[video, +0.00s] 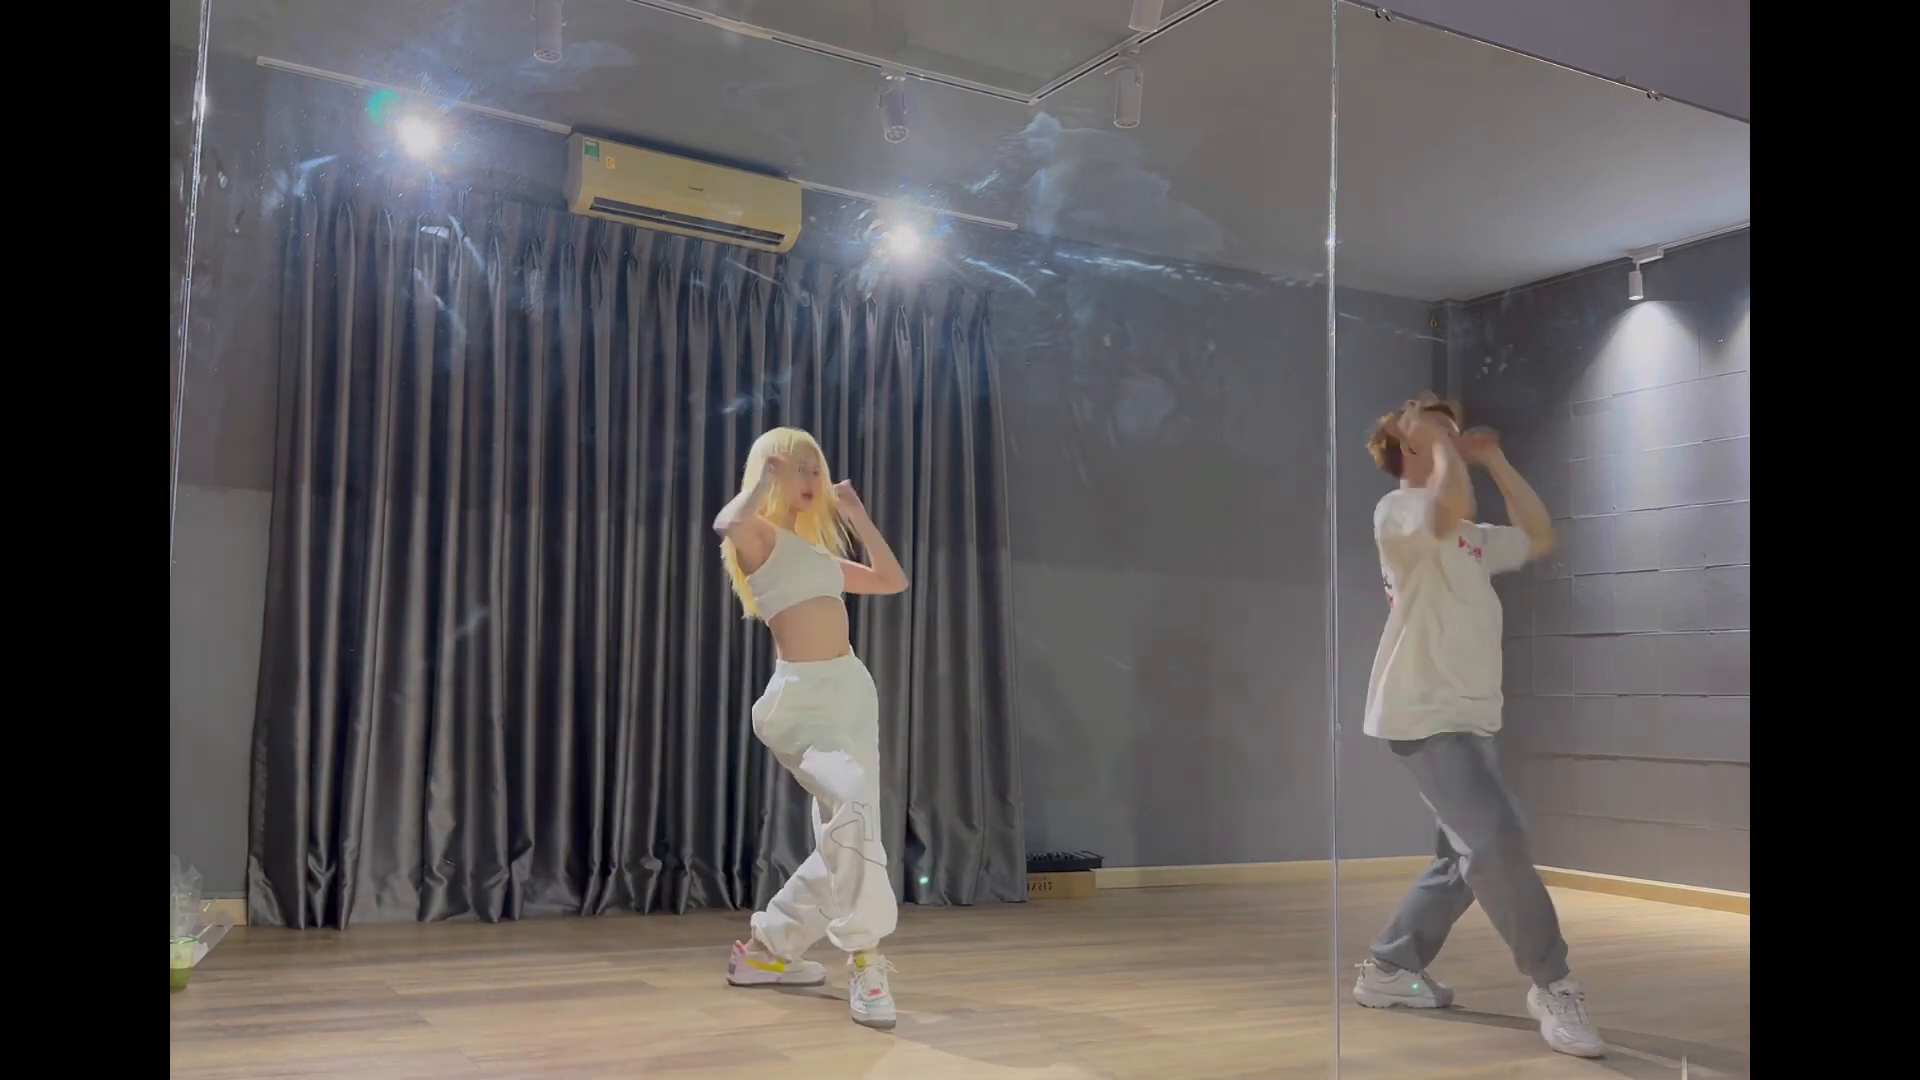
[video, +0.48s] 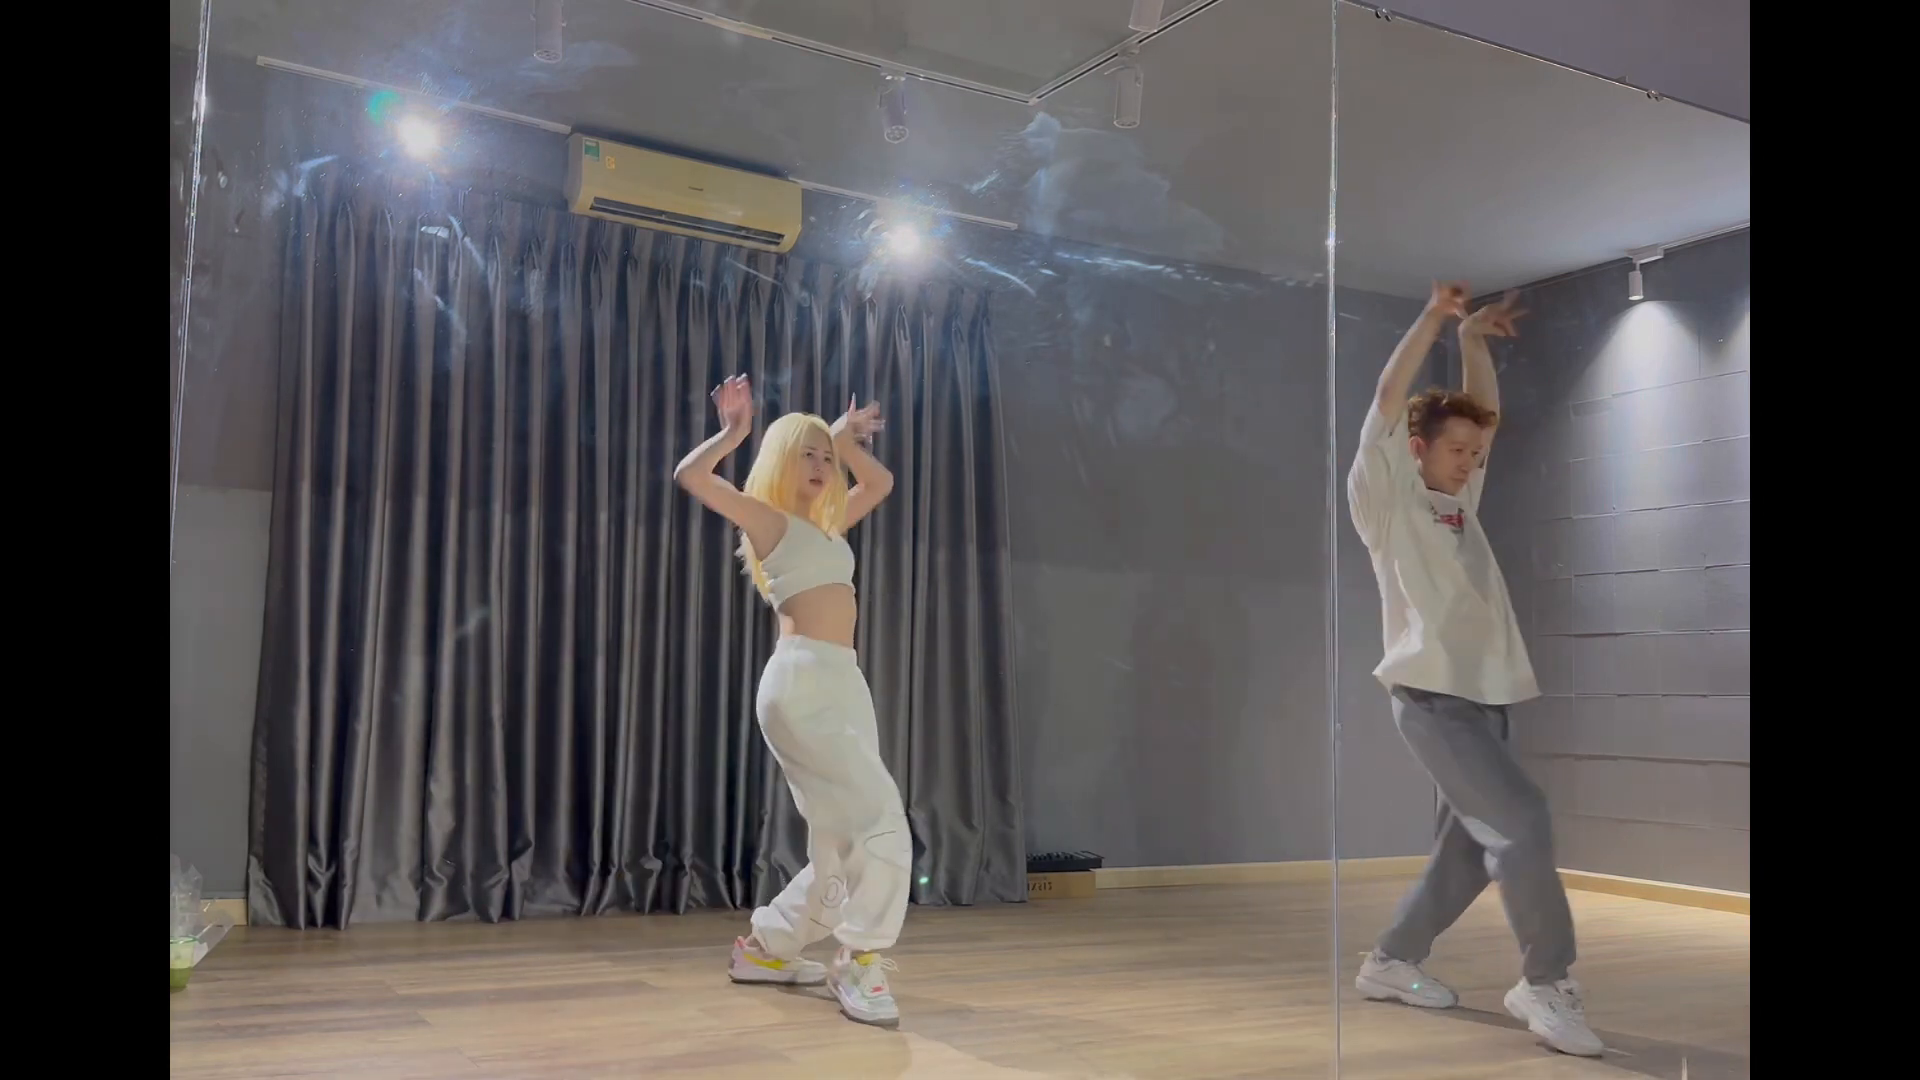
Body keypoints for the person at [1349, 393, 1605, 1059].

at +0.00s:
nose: (1445, 430)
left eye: (1448, 421)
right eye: (1429, 422)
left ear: (1455, 441)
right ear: (1401, 447)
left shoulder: (1472, 528)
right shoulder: (1393, 510)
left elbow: (1540, 537)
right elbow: (1449, 513)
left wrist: (1494, 460)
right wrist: (1446, 443)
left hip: (1477, 712)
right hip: (1421, 712)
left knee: (1467, 853)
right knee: (1497, 835)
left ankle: (1389, 970)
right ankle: (1552, 986)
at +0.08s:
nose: (1470, 428)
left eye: (1465, 420)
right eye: (1451, 421)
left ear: (1452, 447)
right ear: (1410, 450)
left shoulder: (1474, 525)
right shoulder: (1406, 517)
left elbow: (1555, 568)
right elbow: (1485, 558)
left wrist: (1527, 497)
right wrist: (1473, 481)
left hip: (1467, 705)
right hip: (1427, 706)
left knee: (1468, 851)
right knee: (1524, 817)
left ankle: (1390, 970)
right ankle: (1541, 985)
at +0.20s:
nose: (1473, 470)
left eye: (1477, 459)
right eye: (1461, 460)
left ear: (1474, 455)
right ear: (1415, 459)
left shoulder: (1471, 511)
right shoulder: (1387, 516)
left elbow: (1536, 510)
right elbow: (1459, 491)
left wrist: (1589, 461)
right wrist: (1535, 442)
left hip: (1450, 697)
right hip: (1459, 689)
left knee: (1471, 838)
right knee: (1546, 828)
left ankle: (1388, 968)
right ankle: (1535, 987)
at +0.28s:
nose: (1472, 472)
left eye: (1479, 460)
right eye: (1461, 457)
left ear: (1485, 462)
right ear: (1421, 448)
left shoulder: (1476, 504)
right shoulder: (1394, 513)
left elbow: (1526, 459)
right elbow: (1427, 436)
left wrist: (1548, 394)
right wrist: (1502, 367)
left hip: (1475, 701)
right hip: (1457, 703)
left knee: (1474, 850)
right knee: (1557, 827)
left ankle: (1388, 970)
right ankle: (1537, 983)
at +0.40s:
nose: (1472, 461)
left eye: (1479, 450)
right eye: (1462, 448)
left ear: (1481, 455)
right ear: (1423, 444)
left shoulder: (1469, 501)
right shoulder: (1394, 500)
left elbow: (1492, 422)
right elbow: (1400, 407)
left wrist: (1495, 341)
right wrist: (1455, 326)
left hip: (1485, 700)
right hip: (1436, 699)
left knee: (1473, 854)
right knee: (1546, 815)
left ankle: (1387, 970)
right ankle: (1544, 981)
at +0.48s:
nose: (1474, 465)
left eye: (1479, 455)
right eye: (1464, 452)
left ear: (1476, 456)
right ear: (1421, 441)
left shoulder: (1463, 501)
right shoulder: (1385, 497)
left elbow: (1484, 416)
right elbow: (1387, 407)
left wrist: (1473, 332)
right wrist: (1432, 318)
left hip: (1488, 698)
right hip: (1428, 696)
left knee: (1470, 844)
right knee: (1520, 821)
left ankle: (1392, 962)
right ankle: (1546, 985)